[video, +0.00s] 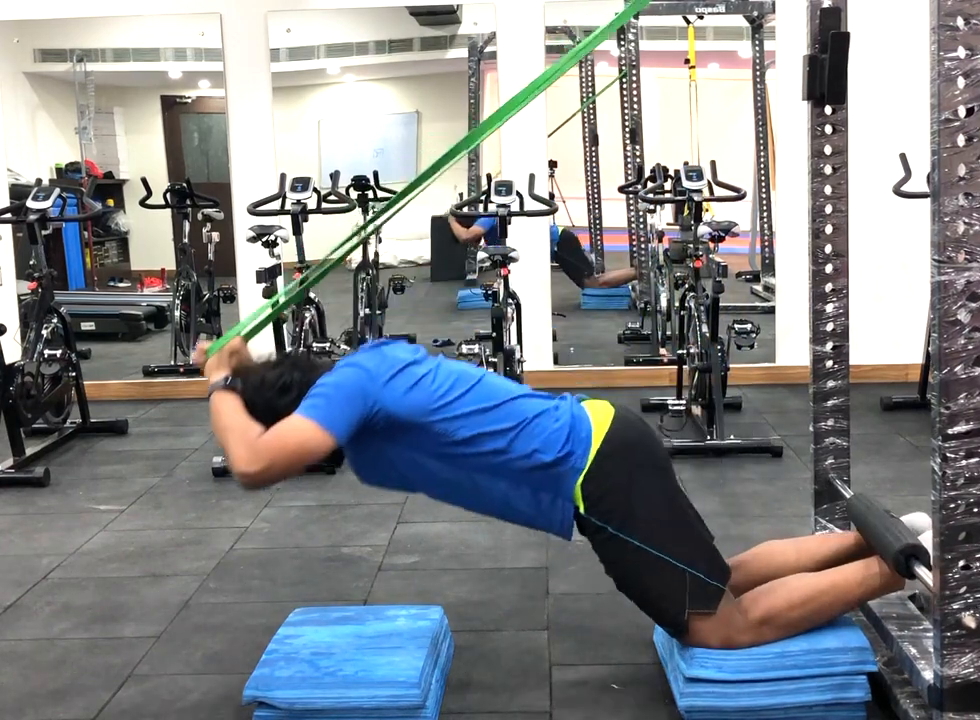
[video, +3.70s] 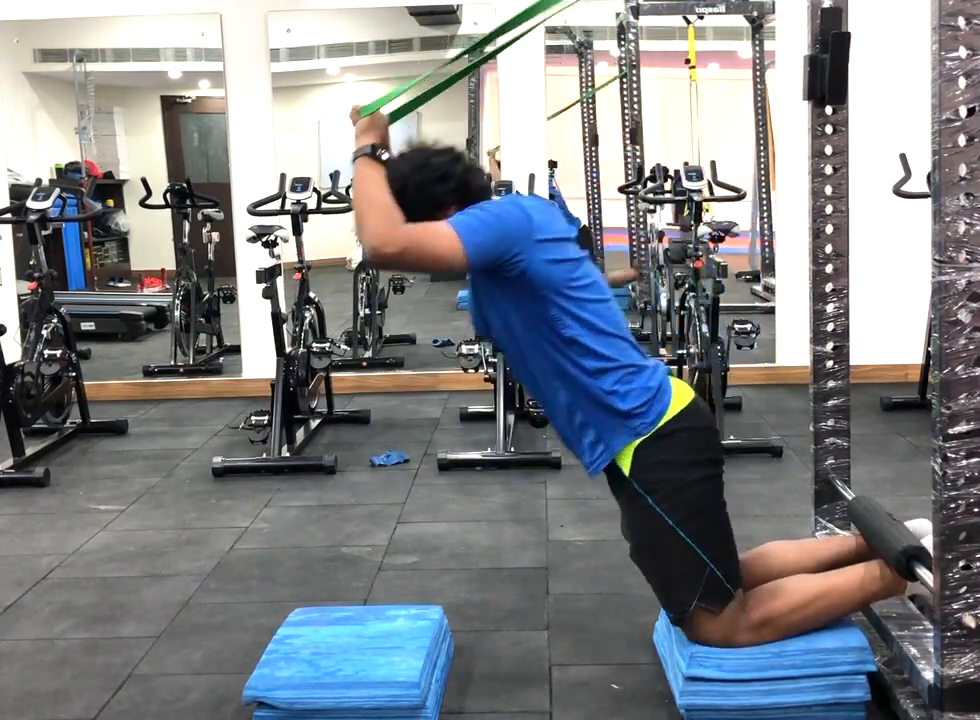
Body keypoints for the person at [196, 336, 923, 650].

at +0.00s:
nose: (286, 441)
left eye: (279, 430)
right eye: (280, 432)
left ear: (295, 407)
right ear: (304, 374)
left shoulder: (359, 376)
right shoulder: (368, 371)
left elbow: (248, 462)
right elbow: (274, 457)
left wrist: (217, 386)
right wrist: (239, 386)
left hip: (601, 467)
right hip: (596, 457)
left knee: (723, 631)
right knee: (707, 594)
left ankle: (903, 568)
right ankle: (860, 535)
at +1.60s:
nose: (344, 351)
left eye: (340, 338)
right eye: (337, 339)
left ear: (361, 317)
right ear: (377, 302)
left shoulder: (437, 302)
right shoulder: (438, 299)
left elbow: (329, 376)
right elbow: (342, 370)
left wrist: (259, 322)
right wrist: (276, 322)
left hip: (651, 442)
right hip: (653, 423)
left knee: (724, 622)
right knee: (727, 578)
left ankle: (896, 569)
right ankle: (861, 537)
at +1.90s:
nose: (433, 273)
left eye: (433, 261)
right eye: (422, 262)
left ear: (457, 234)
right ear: (469, 220)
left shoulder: (530, 235)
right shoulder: (525, 239)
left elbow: (412, 283)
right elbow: (420, 272)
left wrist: (339, 219)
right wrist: (355, 225)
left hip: (698, 437)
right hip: (692, 427)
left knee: (726, 624)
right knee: (730, 573)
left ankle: (903, 570)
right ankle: (865, 542)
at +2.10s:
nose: (501, 207)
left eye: (502, 193)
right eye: (490, 196)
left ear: (531, 175)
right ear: (545, 164)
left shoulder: (602, 189)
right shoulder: (581, 217)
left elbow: (482, 208)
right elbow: (487, 204)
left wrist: (423, 128)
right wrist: (437, 138)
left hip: (718, 428)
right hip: (684, 437)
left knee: (725, 624)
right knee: (717, 579)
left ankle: (905, 577)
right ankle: (869, 546)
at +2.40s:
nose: (592, 153)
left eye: (593, 140)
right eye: (586, 141)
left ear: (619, 131)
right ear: (653, 117)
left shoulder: (691, 164)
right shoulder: (640, 202)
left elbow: (572, 143)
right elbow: (598, 250)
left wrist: (532, 55)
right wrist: (569, 167)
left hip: (730, 425)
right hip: (693, 429)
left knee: (726, 622)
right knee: (709, 580)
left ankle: (905, 591)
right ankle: (871, 556)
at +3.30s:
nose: (527, 181)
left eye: (525, 166)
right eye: (521, 166)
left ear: (553, 151)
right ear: (571, 144)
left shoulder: (623, 177)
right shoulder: (599, 206)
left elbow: (501, 171)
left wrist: (460, 86)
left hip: (699, 428)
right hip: (673, 431)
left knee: (718, 621)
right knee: (712, 576)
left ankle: (901, 575)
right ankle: (863, 547)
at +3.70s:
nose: (424, 237)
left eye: (424, 223)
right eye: (417, 225)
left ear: (447, 207)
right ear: (471, 190)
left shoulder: (511, 222)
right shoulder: (515, 222)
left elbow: (385, 242)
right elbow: (394, 243)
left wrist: (365, 157)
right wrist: (373, 160)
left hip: (653, 436)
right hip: (646, 432)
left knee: (719, 625)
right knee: (712, 585)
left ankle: (898, 573)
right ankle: (866, 542)